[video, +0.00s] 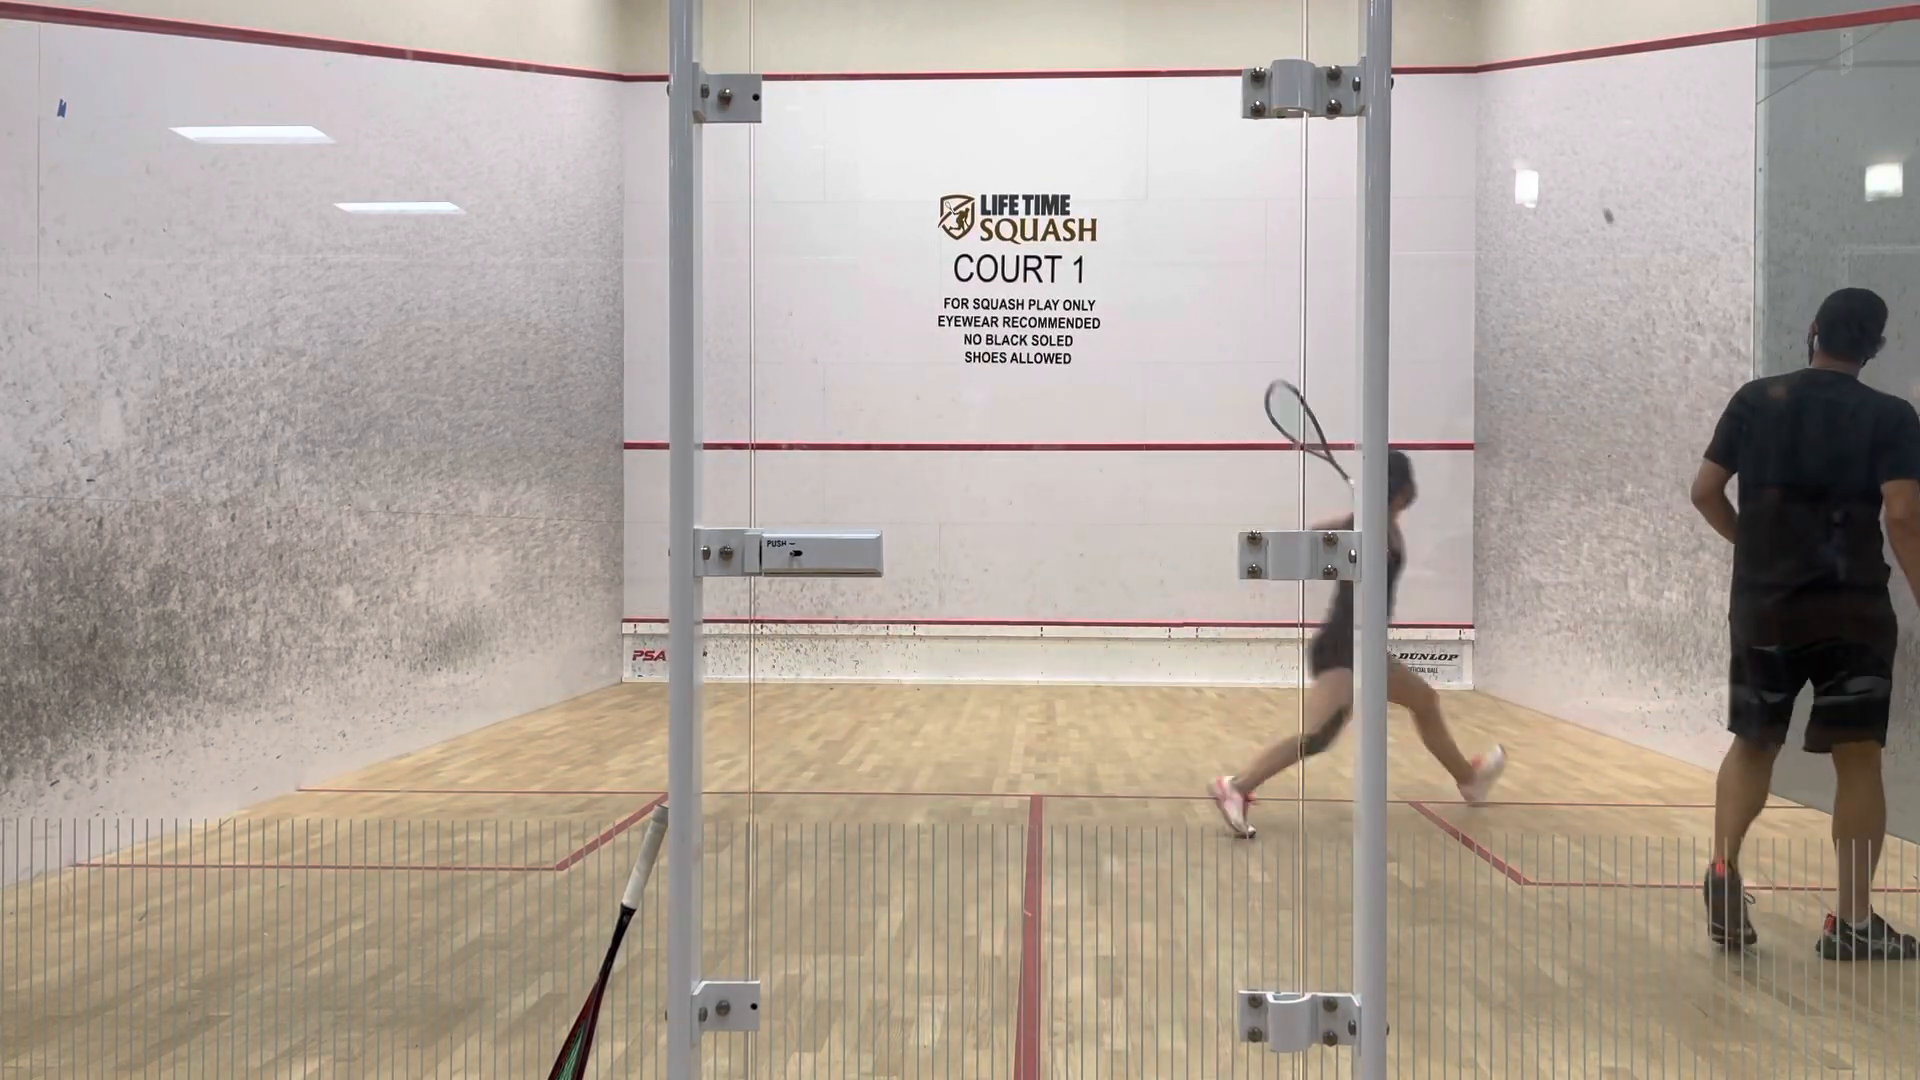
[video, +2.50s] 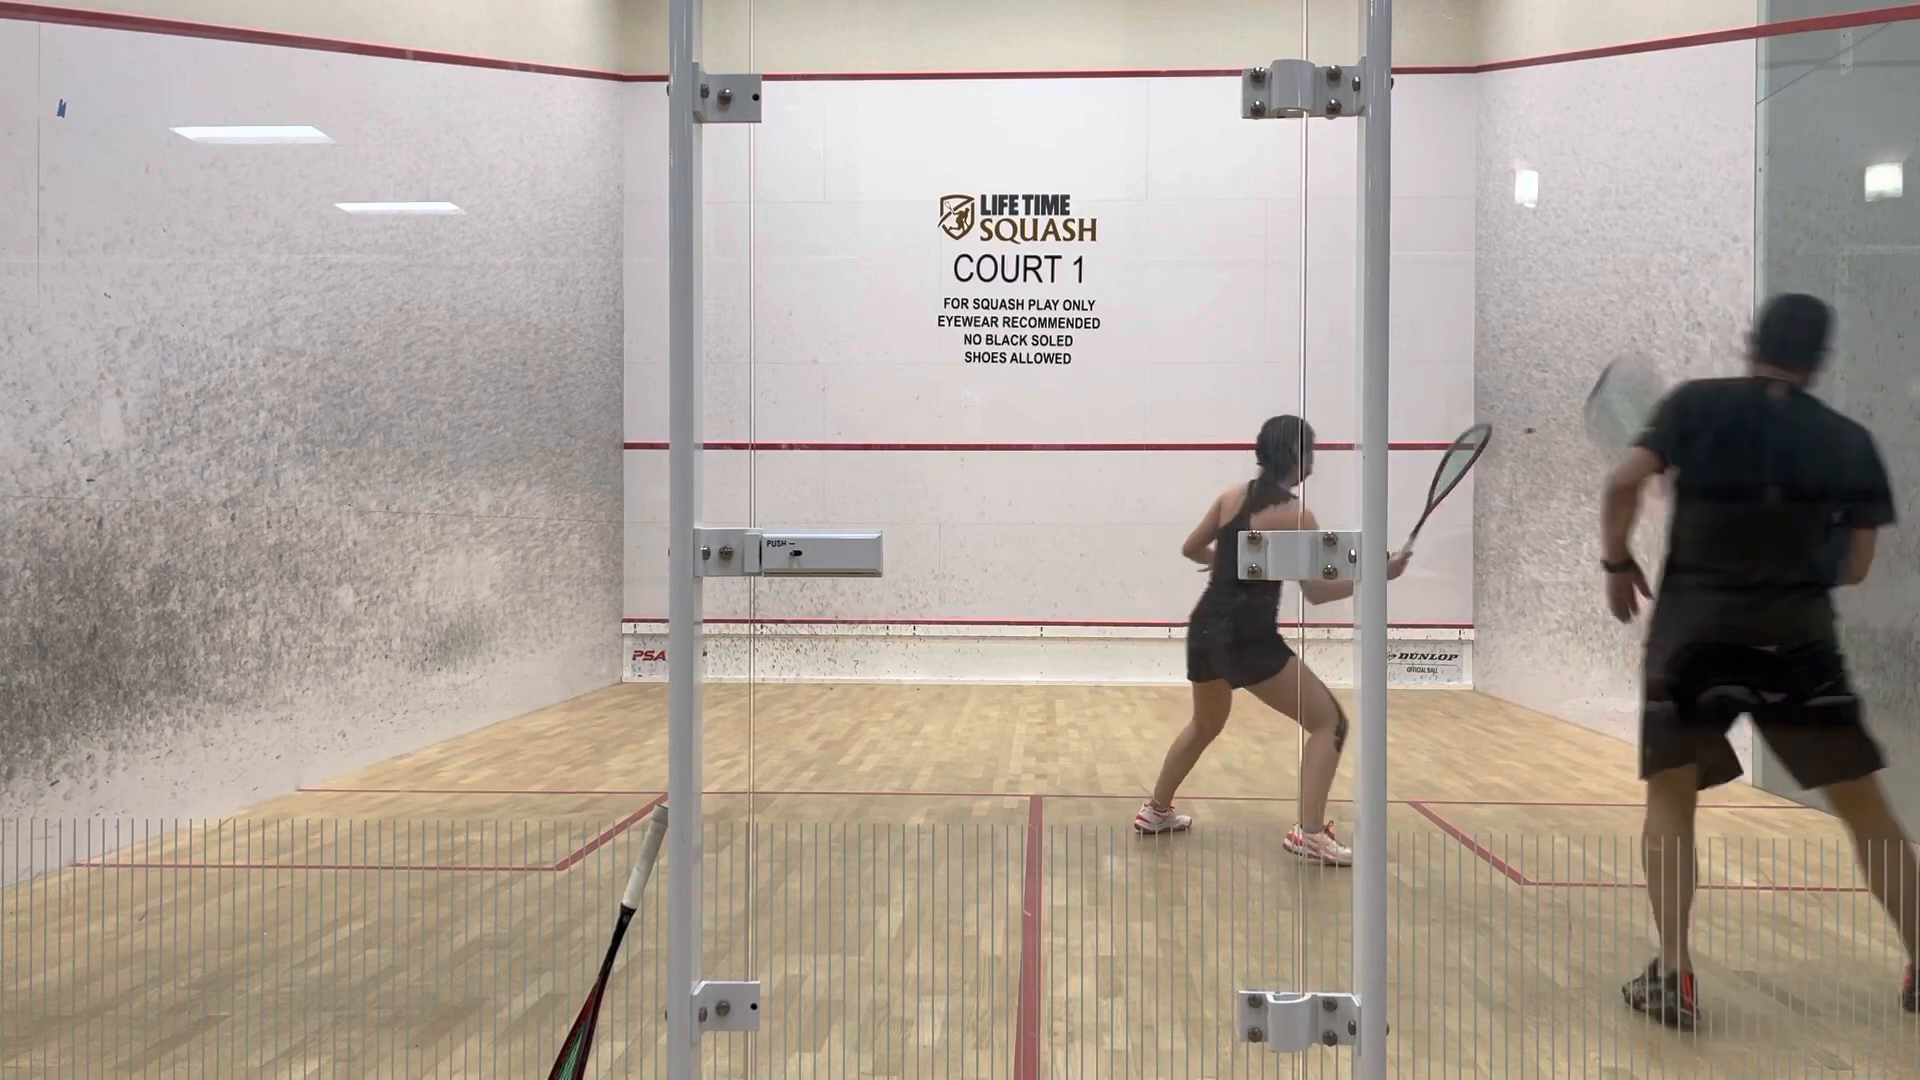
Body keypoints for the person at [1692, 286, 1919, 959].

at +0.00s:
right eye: (1874, 341)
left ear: (1815, 337)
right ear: (1875, 348)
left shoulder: (1756, 399)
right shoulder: (1892, 416)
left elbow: (1705, 492)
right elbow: (1901, 516)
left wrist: (1752, 542)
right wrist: (1917, 592)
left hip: (1764, 611)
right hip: (1854, 613)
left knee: (1752, 743)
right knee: (1859, 756)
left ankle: (1722, 865)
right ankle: (1853, 919)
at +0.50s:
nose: (1835, 377)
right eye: (1840, 370)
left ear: (1779, 358)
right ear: (1836, 374)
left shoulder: (1720, 409)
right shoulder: (1821, 428)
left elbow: (1657, 492)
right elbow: (1829, 524)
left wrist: (1699, 544)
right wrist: (1897, 616)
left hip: (1696, 619)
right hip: (1773, 622)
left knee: (1696, 744)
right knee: (1820, 761)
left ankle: (1664, 893)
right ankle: (1848, 917)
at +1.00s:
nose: (1815, 391)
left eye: (1817, 381)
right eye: (1818, 381)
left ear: (1751, 366)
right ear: (1809, 380)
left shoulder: (1699, 419)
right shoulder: (1772, 432)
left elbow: (1633, 500)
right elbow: (1754, 522)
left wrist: (1666, 571)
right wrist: (1850, 600)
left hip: (1658, 619)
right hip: (1694, 627)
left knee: (1721, 743)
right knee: (1671, 759)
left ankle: (1670, 890)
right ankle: (1570, 899)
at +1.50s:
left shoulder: (1908, 469)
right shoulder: (1896, 444)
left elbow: (1867, 552)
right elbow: (1817, 492)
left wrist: (1901, 626)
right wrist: (1899, 532)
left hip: (1826, 630)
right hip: (1776, 628)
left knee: (1880, 759)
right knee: (1826, 779)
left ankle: (1892, 919)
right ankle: (1668, 861)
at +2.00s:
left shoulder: (1916, 484)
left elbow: (1854, 489)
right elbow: (1855, 490)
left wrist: (1778, 553)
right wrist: (1780, 554)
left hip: (1792, 628)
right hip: (1826, 637)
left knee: (1888, 759)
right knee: (1897, 755)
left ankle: (1893, 915)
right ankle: (1897, 917)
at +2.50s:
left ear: (1754, 344)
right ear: (1819, 359)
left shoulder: (1696, 403)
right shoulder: (1848, 440)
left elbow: (1622, 484)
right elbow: (1856, 564)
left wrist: (1617, 561)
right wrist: (1786, 564)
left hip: (1692, 639)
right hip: (1798, 648)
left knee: (1669, 802)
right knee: (1867, 811)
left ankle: (1672, 973)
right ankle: (1917, 964)